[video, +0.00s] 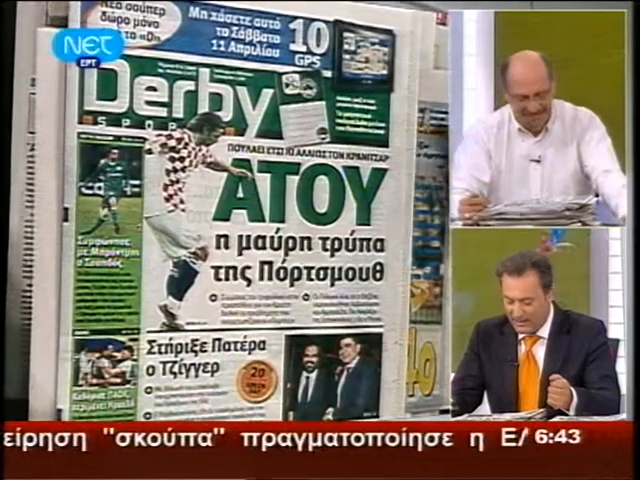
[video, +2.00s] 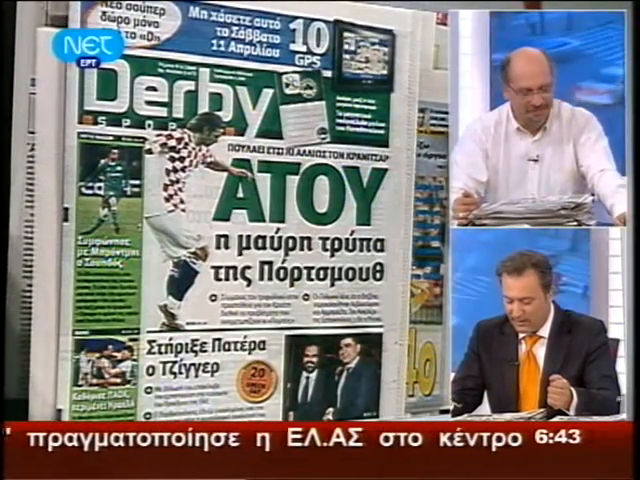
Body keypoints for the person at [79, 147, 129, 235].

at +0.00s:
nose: (115, 156)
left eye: (116, 154)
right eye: (113, 154)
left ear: (118, 155)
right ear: (109, 155)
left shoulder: (122, 165)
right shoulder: (104, 164)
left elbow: (126, 177)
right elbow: (96, 174)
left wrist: (128, 187)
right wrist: (86, 182)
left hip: (119, 189)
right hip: (108, 189)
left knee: (105, 213)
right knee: (113, 206)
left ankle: (91, 231)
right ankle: (116, 225)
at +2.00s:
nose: (115, 156)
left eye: (116, 154)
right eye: (113, 154)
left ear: (118, 155)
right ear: (109, 155)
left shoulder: (122, 165)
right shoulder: (104, 165)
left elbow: (126, 177)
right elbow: (96, 174)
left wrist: (128, 187)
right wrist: (86, 182)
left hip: (118, 189)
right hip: (108, 189)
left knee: (105, 213)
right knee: (113, 206)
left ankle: (91, 230)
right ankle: (116, 225)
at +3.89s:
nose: (115, 156)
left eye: (116, 154)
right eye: (113, 154)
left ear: (118, 155)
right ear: (109, 155)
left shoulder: (122, 165)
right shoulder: (104, 164)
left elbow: (126, 177)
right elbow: (96, 174)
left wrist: (127, 187)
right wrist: (86, 182)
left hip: (118, 189)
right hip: (108, 189)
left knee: (105, 213)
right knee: (113, 206)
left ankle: (91, 231)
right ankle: (116, 225)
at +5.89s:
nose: (115, 156)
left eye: (116, 154)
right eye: (113, 154)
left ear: (118, 155)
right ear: (109, 155)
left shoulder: (122, 165)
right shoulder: (104, 165)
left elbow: (126, 176)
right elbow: (95, 174)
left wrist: (128, 187)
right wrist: (85, 182)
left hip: (118, 190)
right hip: (108, 189)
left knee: (105, 213)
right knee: (113, 205)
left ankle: (91, 230)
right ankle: (116, 226)